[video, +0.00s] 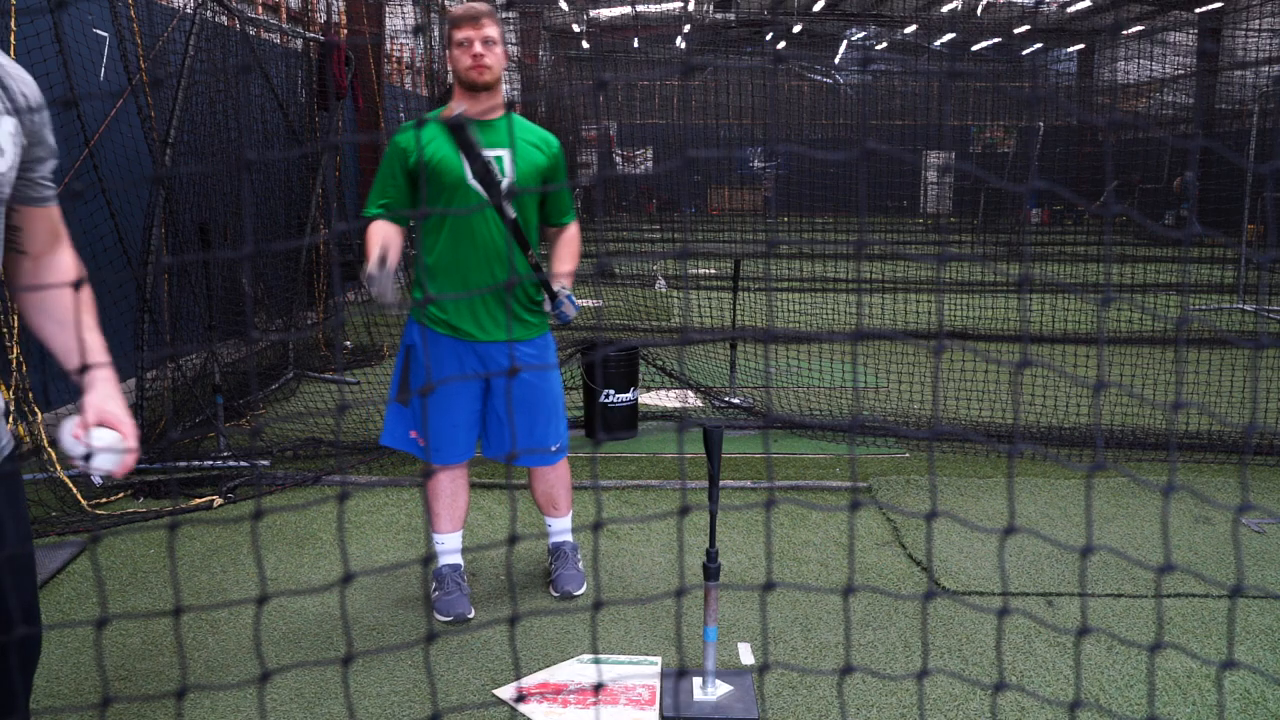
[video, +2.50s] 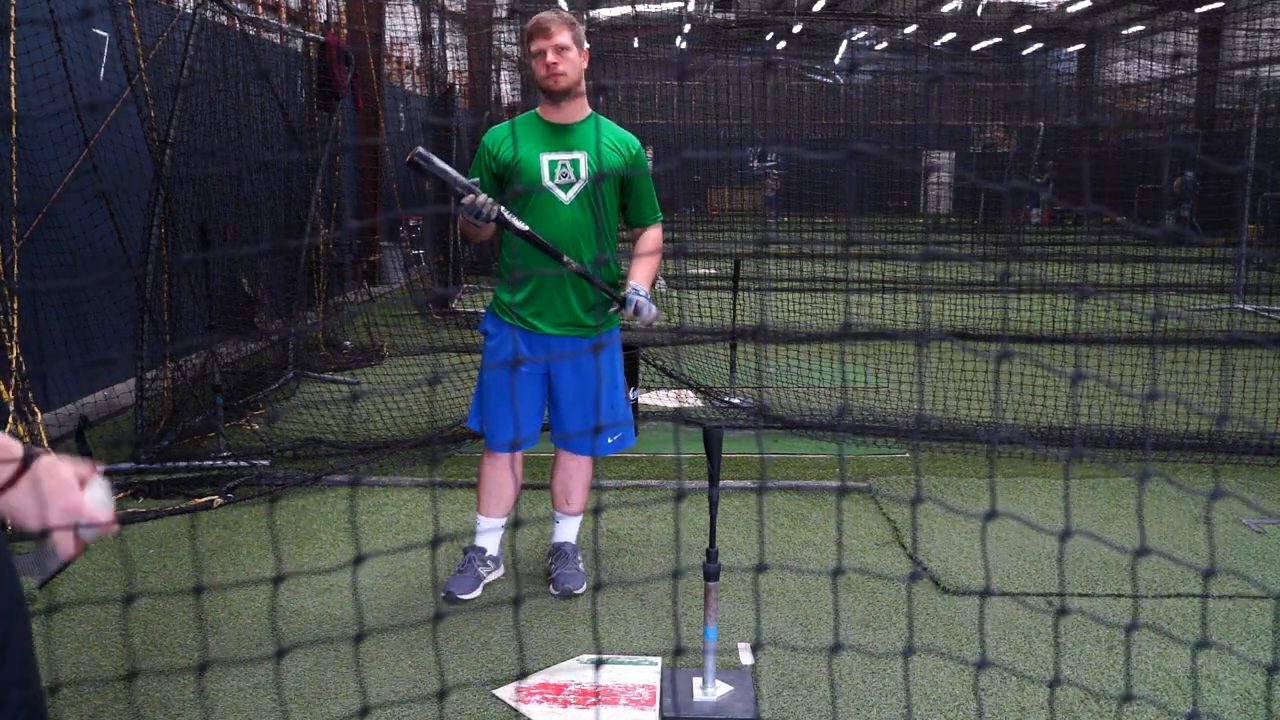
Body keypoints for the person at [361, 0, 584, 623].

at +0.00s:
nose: (479, 53)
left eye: (489, 43)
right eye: (465, 45)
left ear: (506, 54)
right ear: (448, 59)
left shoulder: (542, 145)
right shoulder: (414, 143)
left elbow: (564, 225)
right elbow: (387, 216)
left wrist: (560, 282)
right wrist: (382, 259)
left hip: (525, 325)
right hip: (444, 327)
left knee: (547, 445)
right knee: (448, 455)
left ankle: (562, 548)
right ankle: (449, 567)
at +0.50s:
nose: (533, 62)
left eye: (545, 51)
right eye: (523, 54)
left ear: (572, 58)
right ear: (516, 64)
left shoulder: (605, 148)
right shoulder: (485, 137)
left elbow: (628, 231)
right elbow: (453, 226)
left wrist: (621, 291)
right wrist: (465, 212)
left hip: (577, 323)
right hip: (500, 321)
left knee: (573, 438)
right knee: (483, 443)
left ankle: (565, 548)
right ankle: (458, 564)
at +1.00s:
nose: (548, 66)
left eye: (559, 55)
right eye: (539, 57)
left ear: (587, 59)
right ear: (531, 65)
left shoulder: (623, 153)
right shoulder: (502, 138)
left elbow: (647, 240)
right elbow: (473, 228)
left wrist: (632, 305)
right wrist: (472, 207)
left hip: (586, 324)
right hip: (511, 320)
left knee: (575, 440)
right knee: (500, 441)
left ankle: (565, 546)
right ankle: (486, 550)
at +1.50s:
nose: (546, 64)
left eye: (557, 54)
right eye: (538, 56)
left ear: (585, 59)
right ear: (530, 65)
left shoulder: (623, 152)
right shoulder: (502, 140)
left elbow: (652, 240)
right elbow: (468, 229)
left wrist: (630, 304)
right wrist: (477, 224)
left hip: (585, 325)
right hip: (511, 320)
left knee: (573, 444)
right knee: (499, 441)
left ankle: (566, 547)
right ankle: (485, 550)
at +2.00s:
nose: (547, 67)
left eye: (557, 56)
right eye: (537, 59)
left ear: (584, 59)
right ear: (529, 67)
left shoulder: (621, 151)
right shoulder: (502, 142)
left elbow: (641, 240)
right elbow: (477, 236)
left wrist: (629, 295)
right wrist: (477, 217)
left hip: (587, 326)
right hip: (513, 321)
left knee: (576, 439)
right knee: (501, 439)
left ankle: (565, 546)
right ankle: (486, 551)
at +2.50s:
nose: (551, 60)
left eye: (562, 49)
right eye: (540, 53)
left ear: (585, 57)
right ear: (529, 66)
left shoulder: (622, 148)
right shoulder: (500, 143)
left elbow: (648, 229)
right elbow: (477, 233)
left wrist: (638, 285)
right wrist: (477, 214)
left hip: (589, 322)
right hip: (515, 319)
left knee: (578, 437)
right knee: (501, 437)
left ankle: (566, 546)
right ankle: (486, 551)